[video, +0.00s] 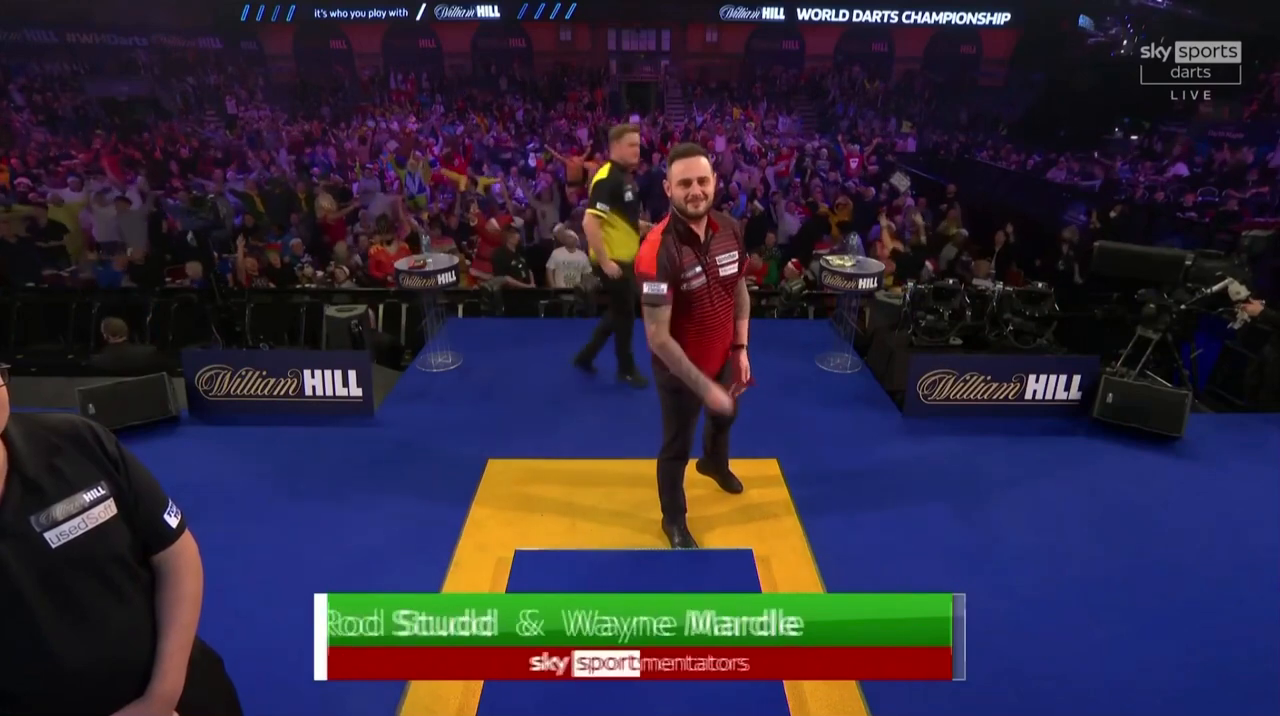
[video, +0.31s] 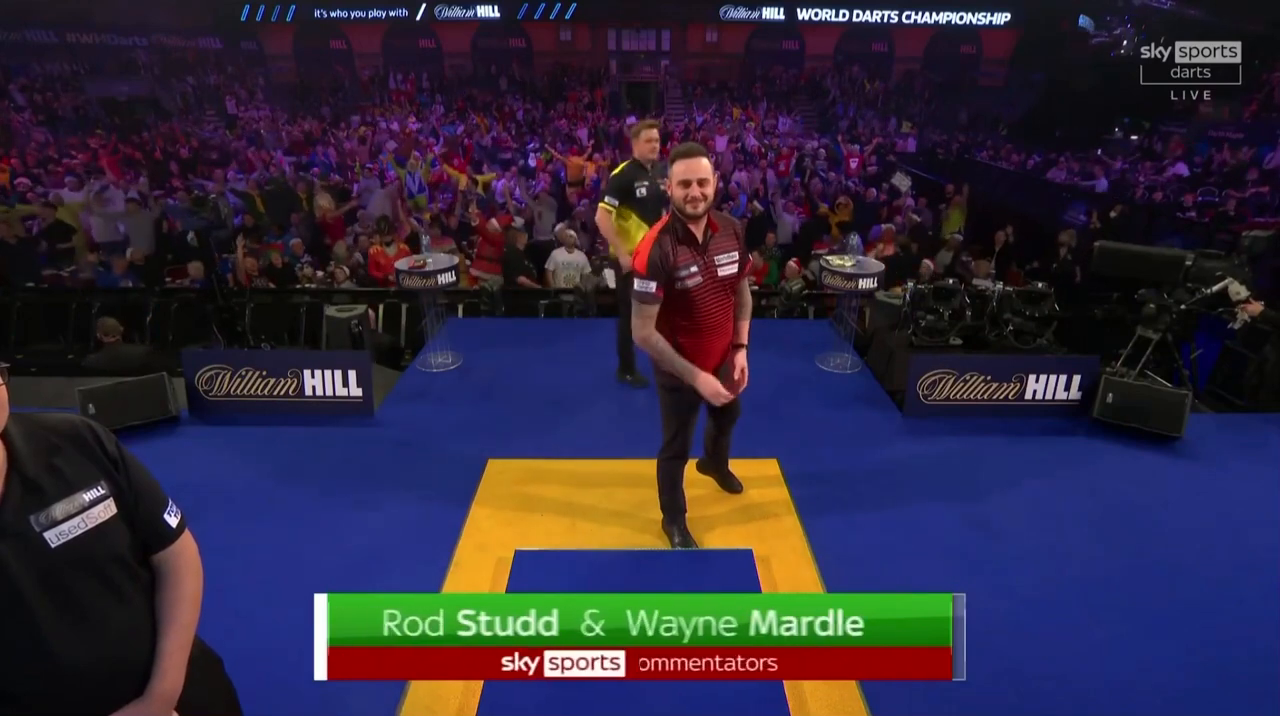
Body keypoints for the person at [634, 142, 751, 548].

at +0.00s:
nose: (695, 190)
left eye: (703, 181)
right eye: (684, 183)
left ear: (714, 184)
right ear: (668, 190)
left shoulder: (727, 229)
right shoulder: (657, 251)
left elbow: (740, 290)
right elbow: (657, 336)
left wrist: (741, 349)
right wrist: (705, 387)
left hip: (722, 353)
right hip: (681, 363)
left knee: (725, 410)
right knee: (678, 445)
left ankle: (714, 461)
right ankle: (674, 519)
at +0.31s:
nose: (694, 192)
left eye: (703, 182)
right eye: (684, 184)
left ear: (715, 185)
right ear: (668, 188)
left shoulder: (730, 230)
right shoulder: (656, 250)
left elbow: (742, 289)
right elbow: (642, 332)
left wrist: (740, 347)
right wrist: (696, 376)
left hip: (723, 355)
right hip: (679, 365)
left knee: (728, 411)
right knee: (677, 445)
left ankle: (714, 461)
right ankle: (674, 520)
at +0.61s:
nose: (693, 188)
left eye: (701, 179)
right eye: (683, 180)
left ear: (713, 183)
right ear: (667, 187)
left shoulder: (729, 229)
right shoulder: (657, 242)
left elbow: (743, 289)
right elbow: (636, 310)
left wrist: (747, 347)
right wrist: (659, 316)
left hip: (724, 354)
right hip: (680, 364)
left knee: (731, 416)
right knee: (679, 445)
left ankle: (714, 462)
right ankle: (674, 520)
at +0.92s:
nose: (690, 190)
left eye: (698, 180)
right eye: (679, 182)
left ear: (710, 184)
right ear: (663, 190)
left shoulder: (729, 229)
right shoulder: (657, 243)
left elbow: (746, 289)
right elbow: (633, 306)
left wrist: (751, 348)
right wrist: (647, 242)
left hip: (729, 357)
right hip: (685, 367)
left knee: (734, 419)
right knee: (681, 447)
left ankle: (715, 463)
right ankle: (674, 521)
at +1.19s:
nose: (690, 195)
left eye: (698, 185)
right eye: (679, 187)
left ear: (711, 189)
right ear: (664, 194)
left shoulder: (732, 233)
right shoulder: (659, 249)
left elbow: (749, 291)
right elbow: (632, 314)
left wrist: (753, 352)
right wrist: (650, 243)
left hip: (730, 360)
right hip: (685, 371)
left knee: (735, 423)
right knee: (681, 448)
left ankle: (716, 463)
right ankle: (675, 521)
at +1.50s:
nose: (703, 195)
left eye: (711, 185)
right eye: (691, 188)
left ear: (722, 189)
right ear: (674, 195)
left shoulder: (735, 237)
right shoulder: (669, 248)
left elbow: (749, 301)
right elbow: (674, 294)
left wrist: (756, 363)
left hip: (731, 366)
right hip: (688, 372)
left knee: (752, 436)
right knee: (684, 453)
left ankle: (725, 477)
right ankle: (674, 521)